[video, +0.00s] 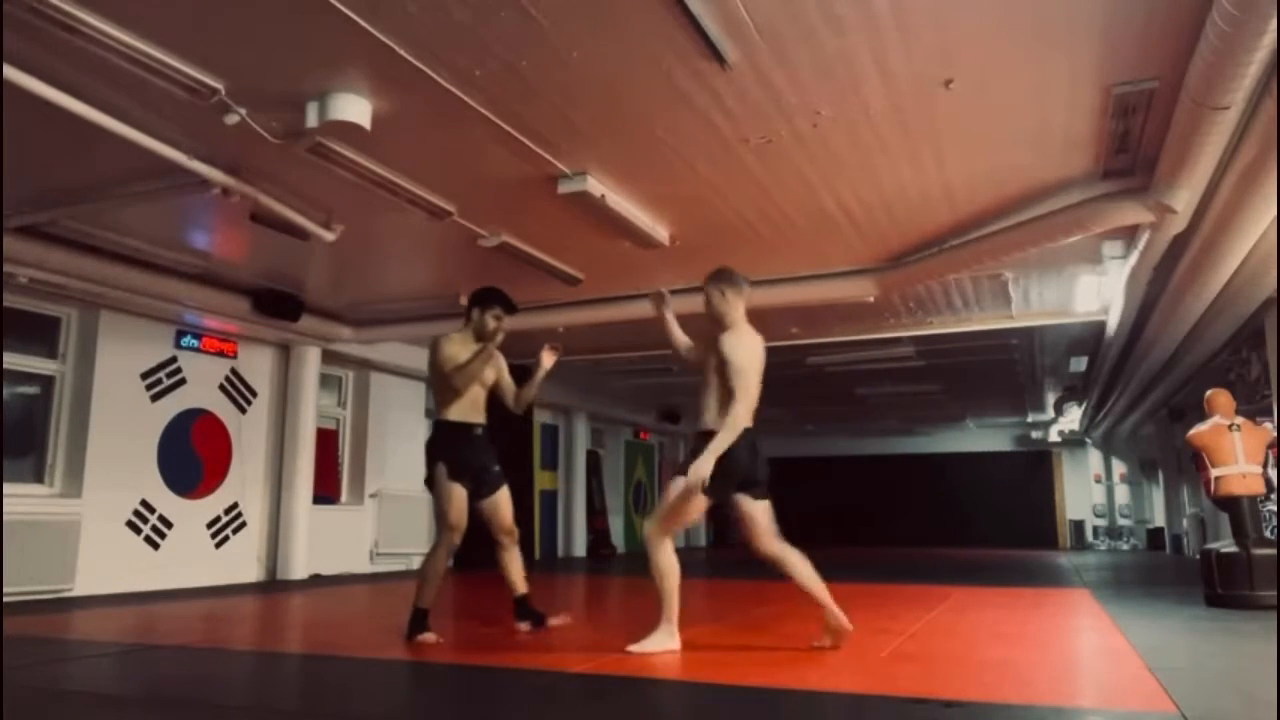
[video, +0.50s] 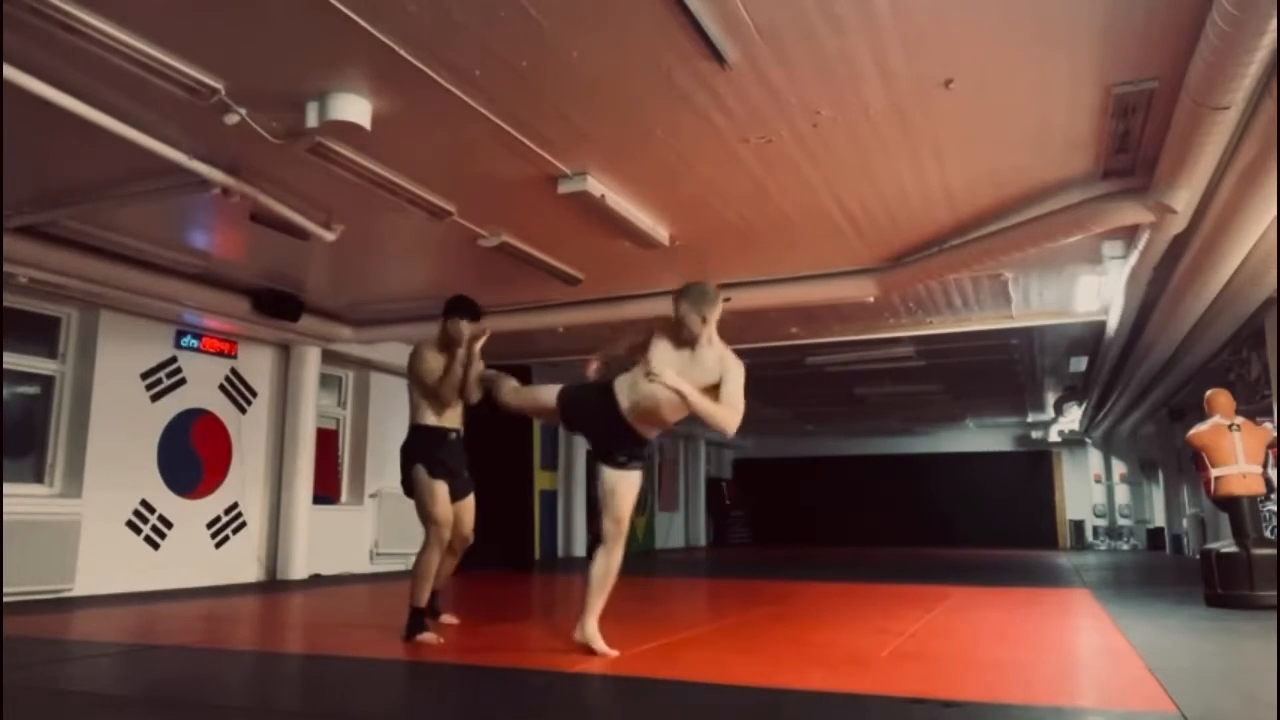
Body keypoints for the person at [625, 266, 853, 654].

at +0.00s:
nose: (708, 308)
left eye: (711, 300)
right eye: (707, 301)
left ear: (728, 296)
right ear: (736, 296)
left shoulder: (735, 340)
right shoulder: (739, 338)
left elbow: (742, 411)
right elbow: (690, 352)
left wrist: (706, 457)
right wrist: (667, 315)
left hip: (719, 449)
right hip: (744, 450)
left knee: (657, 532)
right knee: (768, 542)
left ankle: (667, 631)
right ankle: (834, 614)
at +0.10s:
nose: (694, 298)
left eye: (697, 290)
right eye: (693, 290)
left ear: (718, 286)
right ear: (717, 286)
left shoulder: (731, 333)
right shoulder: (709, 327)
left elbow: (746, 400)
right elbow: (662, 320)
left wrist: (703, 431)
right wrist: (630, 293)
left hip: (702, 447)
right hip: (690, 440)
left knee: (652, 533)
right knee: (690, 528)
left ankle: (667, 631)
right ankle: (761, 572)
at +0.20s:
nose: (685, 286)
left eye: (688, 279)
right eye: (685, 280)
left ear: (705, 275)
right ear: (711, 274)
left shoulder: (734, 324)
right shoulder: (695, 309)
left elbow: (732, 393)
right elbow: (653, 310)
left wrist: (685, 401)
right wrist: (614, 296)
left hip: (690, 423)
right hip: (660, 411)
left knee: (655, 522)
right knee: (603, 454)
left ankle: (665, 625)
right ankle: (652, 516)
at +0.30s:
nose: (681, 287)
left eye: (684, 279)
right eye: (680, 279)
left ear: (704, 273)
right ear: (708, 271)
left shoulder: (735, 324)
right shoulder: (685, 305)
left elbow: (726, 387)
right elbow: (649, 311)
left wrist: (674, 379)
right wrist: (612, 316)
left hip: (670, 421)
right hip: (635, 397)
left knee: (654, 513)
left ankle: (637, 612)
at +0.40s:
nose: (682, 304)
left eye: (687, 297)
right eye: (680, 296)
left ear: (711, 289)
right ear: (684, 291)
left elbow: (729, 397)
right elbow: (642, 328)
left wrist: (671, 372)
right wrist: (611, 339)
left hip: (646, 433)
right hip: (616, 394)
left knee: (636, 525)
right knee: (530, 397)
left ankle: (604, 615)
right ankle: (494, 385)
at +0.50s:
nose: (683, 327)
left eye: (690, 321)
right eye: (680, 319)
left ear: (712, 314)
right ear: (676, 310)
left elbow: (729, 422)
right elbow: (628, 348)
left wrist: (678, 383)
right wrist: (600, 361)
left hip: (629, 443)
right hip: (599, 402)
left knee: (615, 531)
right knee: (514, 397)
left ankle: (589, 624)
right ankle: (485, 377)